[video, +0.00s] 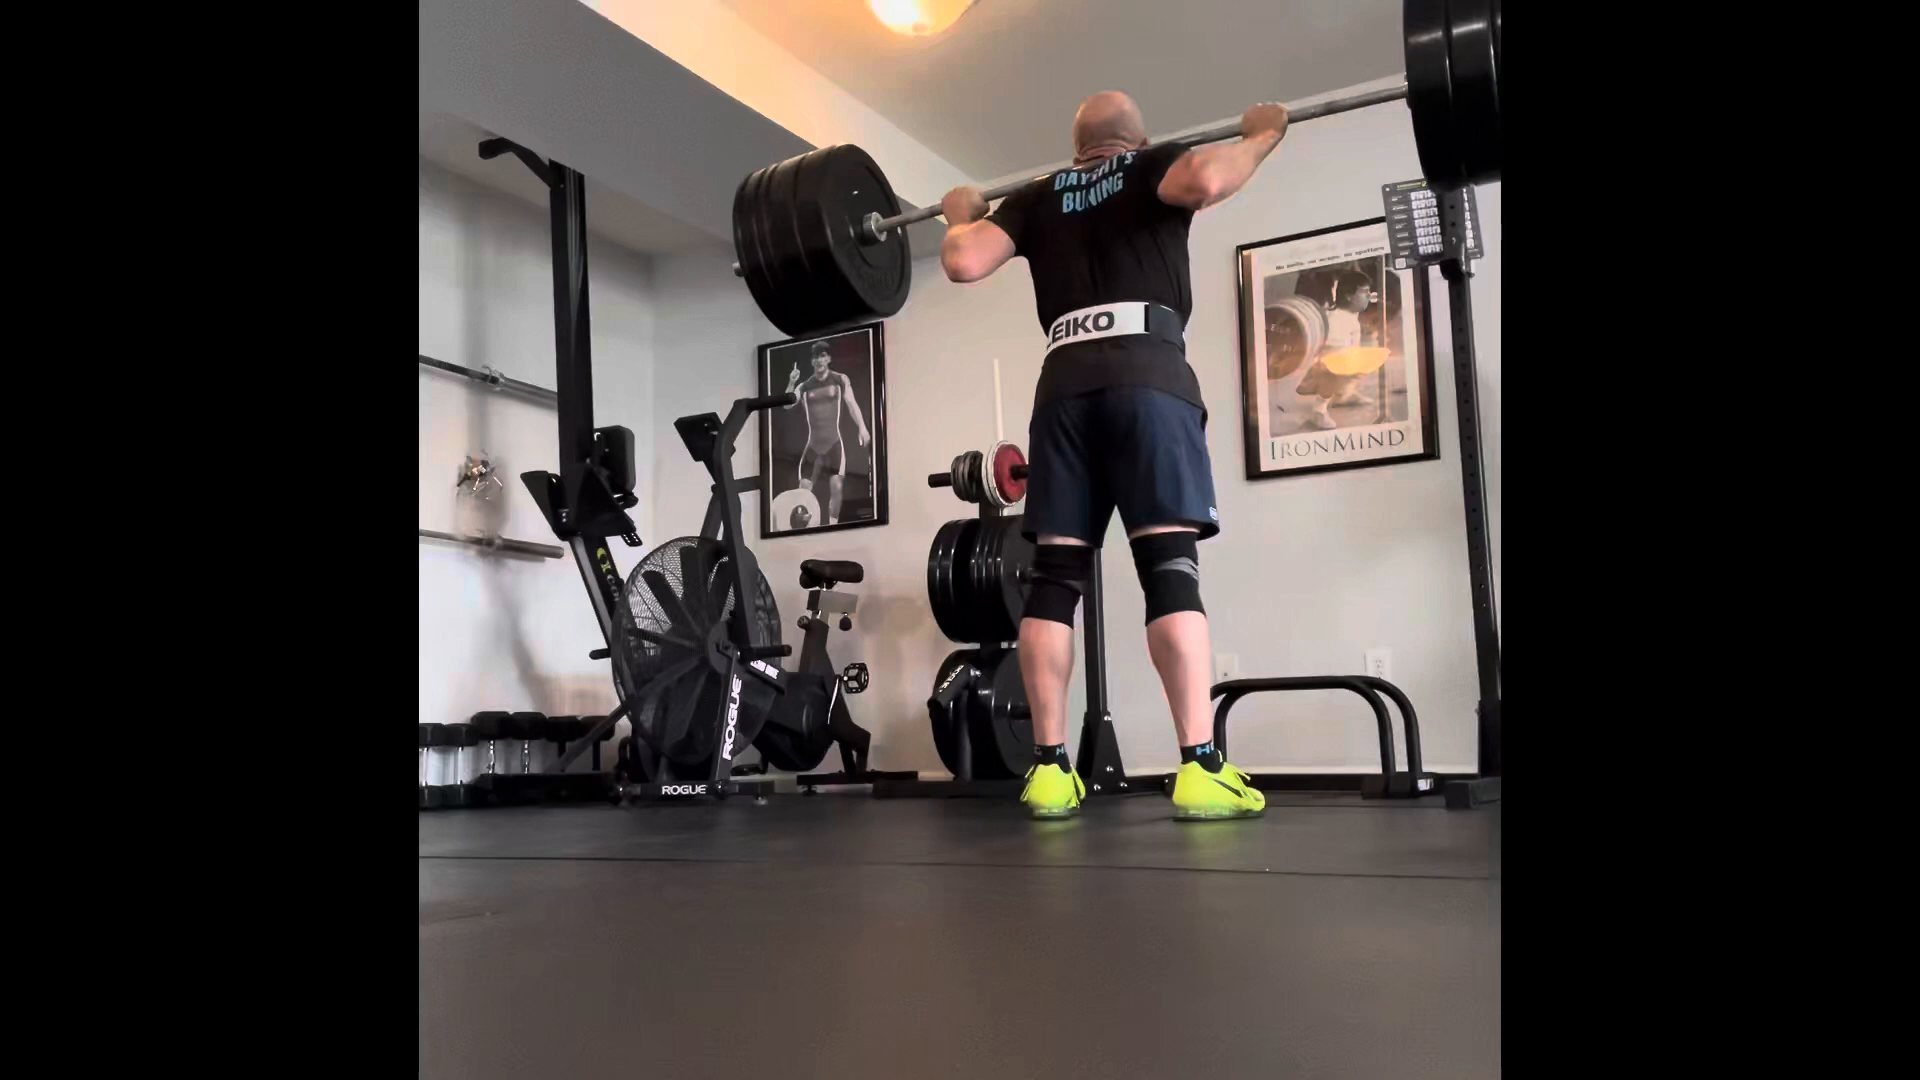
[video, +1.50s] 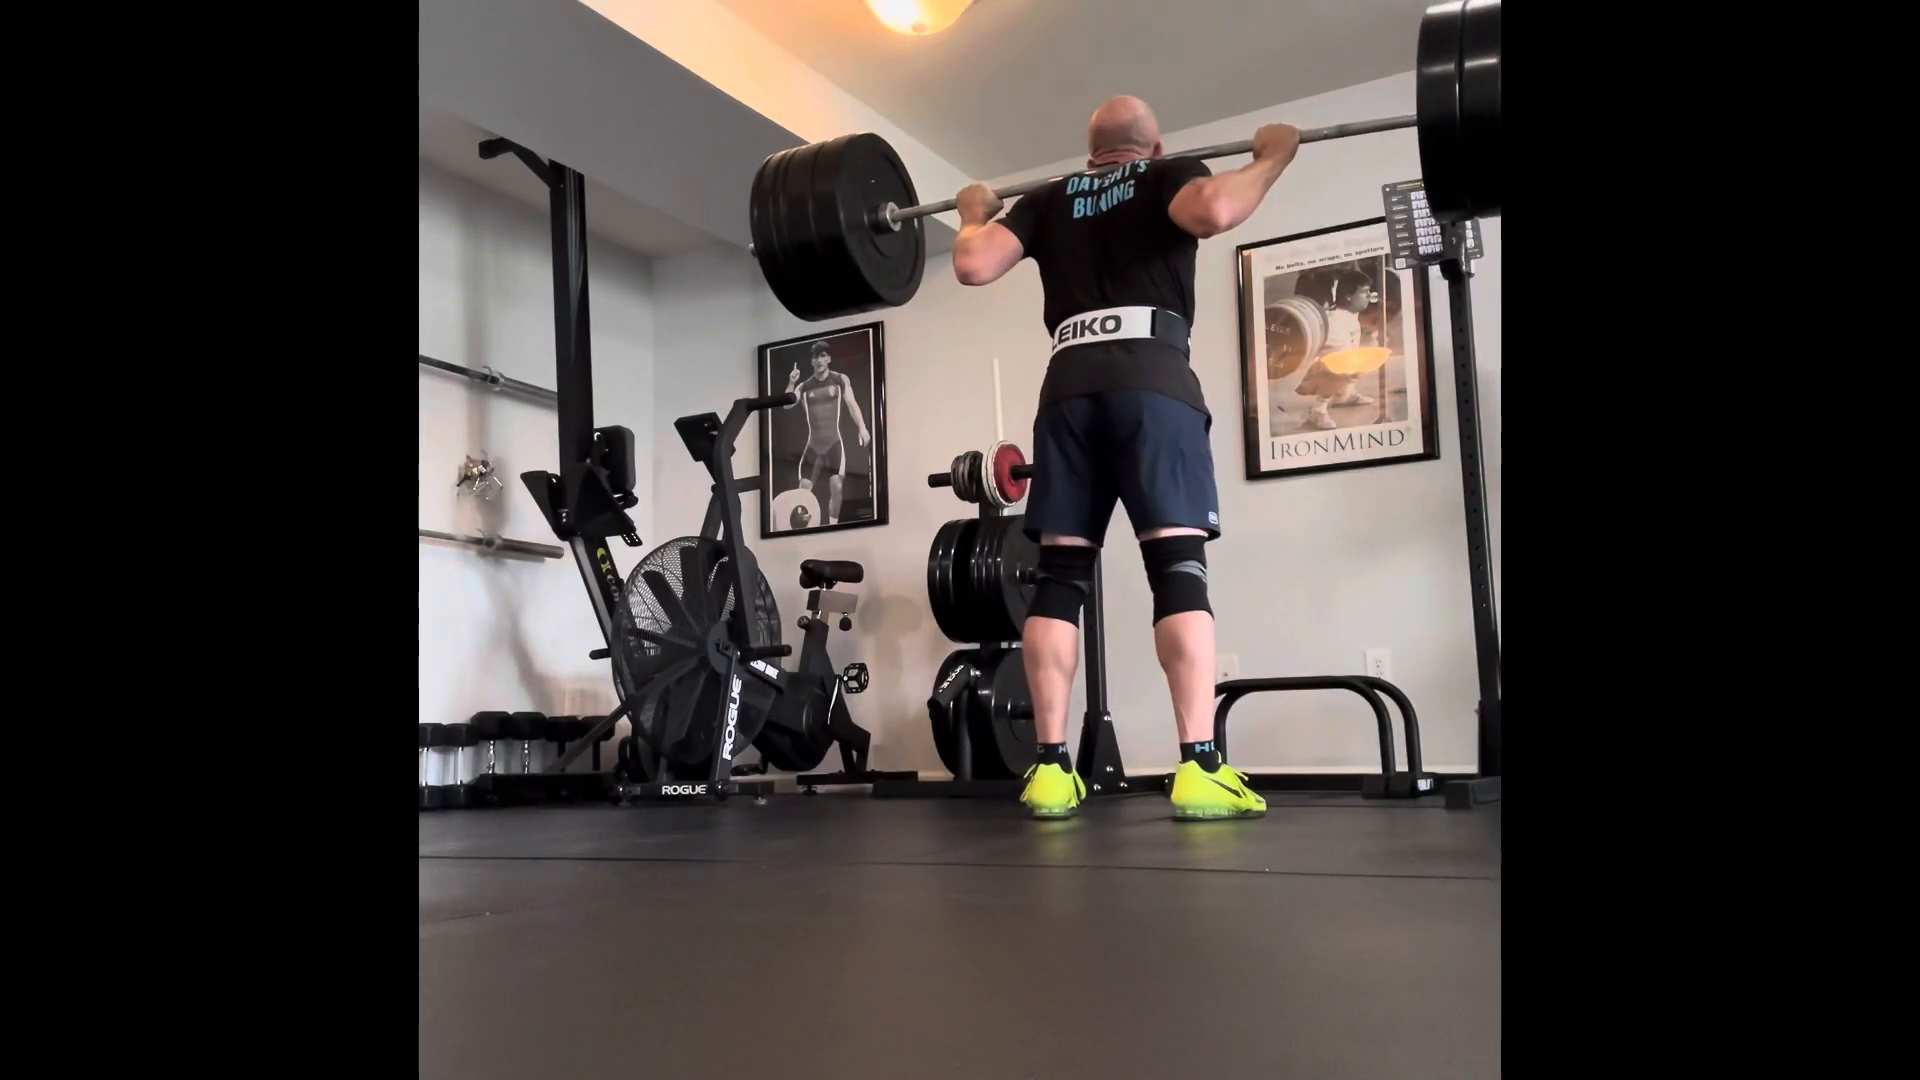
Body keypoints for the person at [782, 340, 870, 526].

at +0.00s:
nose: (820, 365)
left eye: (823, 361)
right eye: (816, 361)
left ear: (829, 361)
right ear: (812, 363)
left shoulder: (840, 380)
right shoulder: (803, 387)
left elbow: (852, 405)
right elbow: (787, 406)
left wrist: (862, 428)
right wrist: (791, 384)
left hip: (834, 444)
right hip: (812, 445)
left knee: (836, 486)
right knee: (804, 487)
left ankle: (832, 529)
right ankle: (802, 528)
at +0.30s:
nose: (819, 360)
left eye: (823, 356)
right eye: (816, 357)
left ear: (829, 359)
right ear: (811, 361)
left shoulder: (840, 380)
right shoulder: (803, 387)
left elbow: (852, 405)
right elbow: (787, 406)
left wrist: (862, 428)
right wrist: (791, 384)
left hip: (834, 444)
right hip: (812, 445)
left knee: (835, 485)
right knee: (804, 486)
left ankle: (832, 528)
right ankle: (802, 528)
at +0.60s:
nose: (819, 361)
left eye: (823, 357)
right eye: (816, 358)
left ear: (829, 359)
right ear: (811, 361)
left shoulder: (840, 380)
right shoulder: (803, 387)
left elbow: (852, 405)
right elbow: (787, 406)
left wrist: (862, 428)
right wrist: (791, 384)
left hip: (834, 443)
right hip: (812, 445)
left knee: (835, 484)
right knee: (804, 486)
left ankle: (832, 527)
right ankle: (802, 527)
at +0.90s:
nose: (819, 360)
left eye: (822, 356)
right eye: (815, 357)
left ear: (829, 359)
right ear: (811, 361)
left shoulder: (840, 380)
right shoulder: (803, 386)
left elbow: (852, 405)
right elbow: (787, 405)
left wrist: (862, 428)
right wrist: (791, 383)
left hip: (834, 443)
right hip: (812, 444)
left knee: (836, 484)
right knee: (804, 486)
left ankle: (832, 527)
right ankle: (803, 527)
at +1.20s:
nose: (819, 360)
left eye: (823, 356)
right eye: (816, 357)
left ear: (829, 359)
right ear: (811, 361)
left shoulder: (840, 379)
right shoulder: (803, 386)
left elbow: (852, 405)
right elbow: (787, 405)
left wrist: (862, 428)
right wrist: (791, 384)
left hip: (834, 443)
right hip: (813, 444)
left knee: (836, 485)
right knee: (804, 486)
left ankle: (832, 528)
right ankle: (802, 528)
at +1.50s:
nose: (819, 363)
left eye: (823, 359)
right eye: (816, 360)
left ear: (829, 360)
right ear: (811, 362)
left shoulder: (840, 380)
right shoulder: (803, 386)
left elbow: (852, 405)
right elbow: (787, 405)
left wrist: (862, 428)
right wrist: (791, 384)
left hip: (834, 443)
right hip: (813, 444)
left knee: (836, 485)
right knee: (804, 486)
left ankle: (832, 528)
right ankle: (802, 528)